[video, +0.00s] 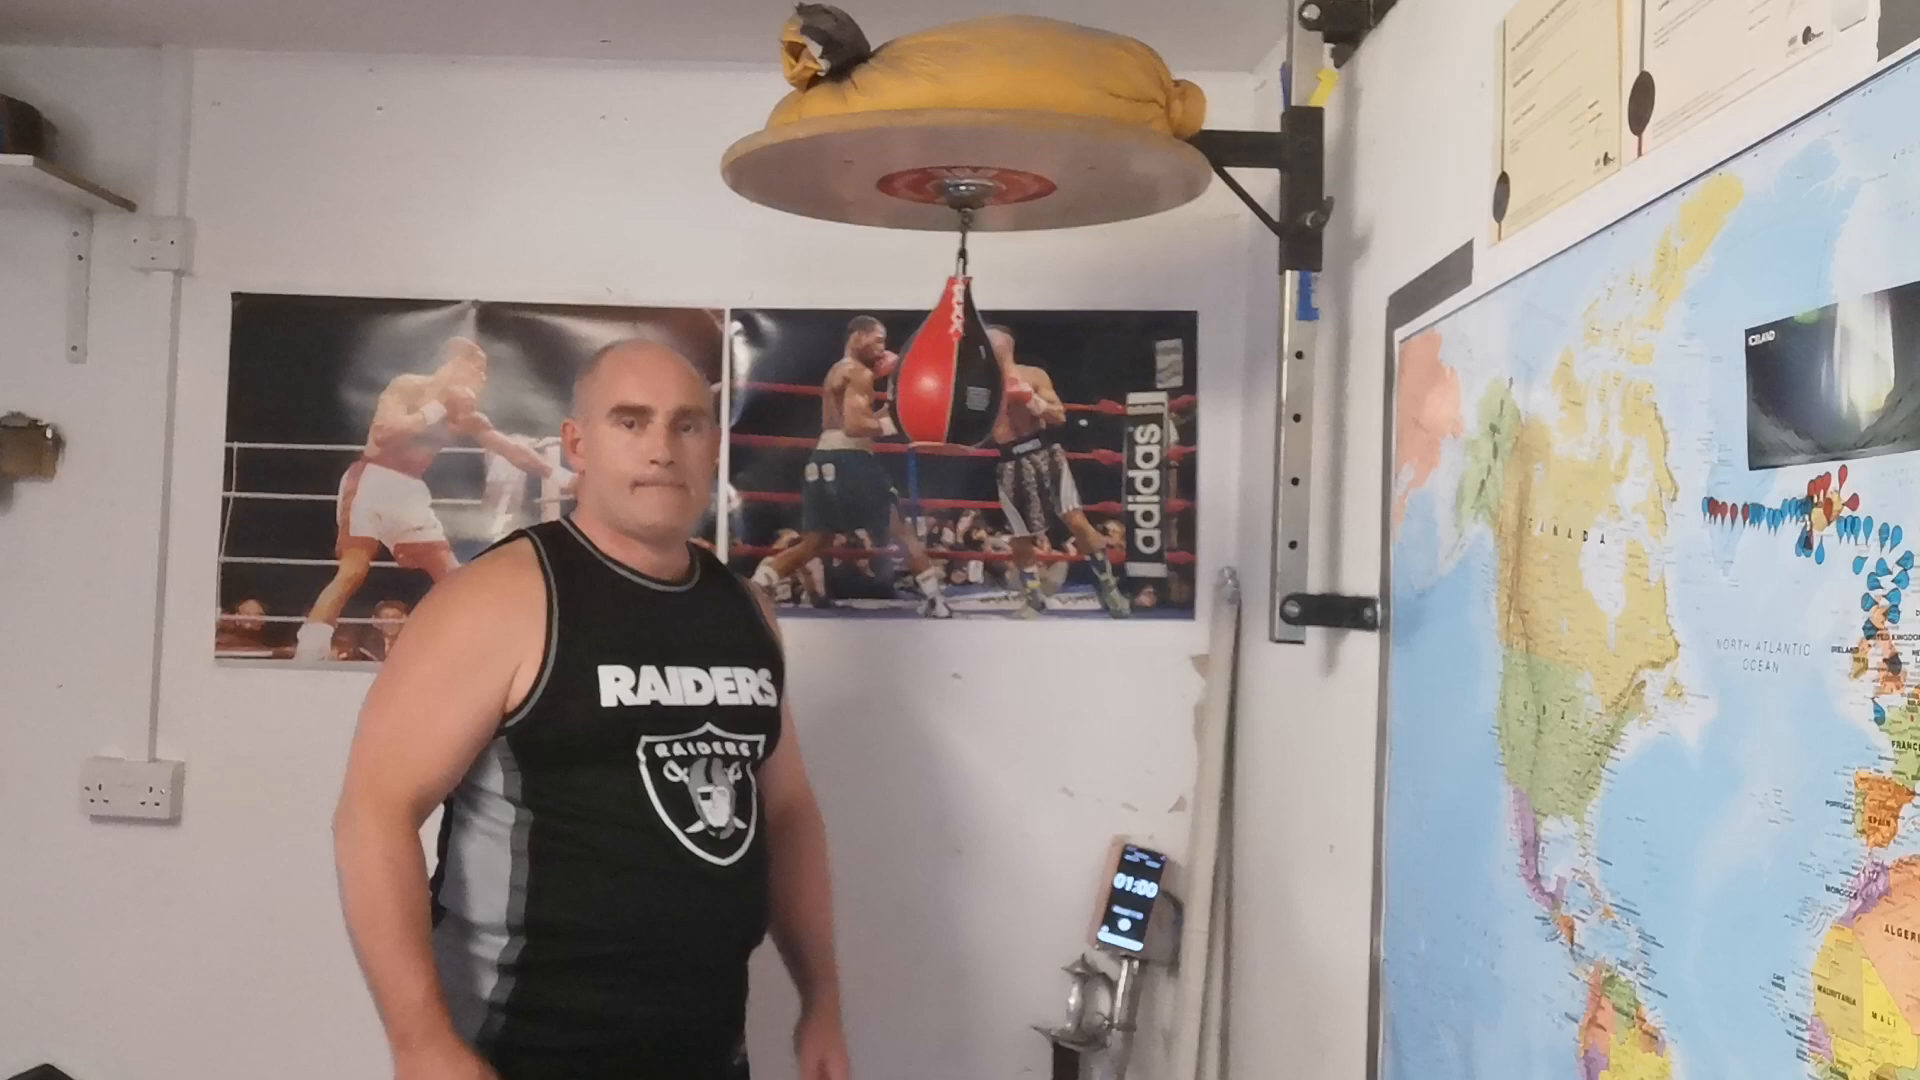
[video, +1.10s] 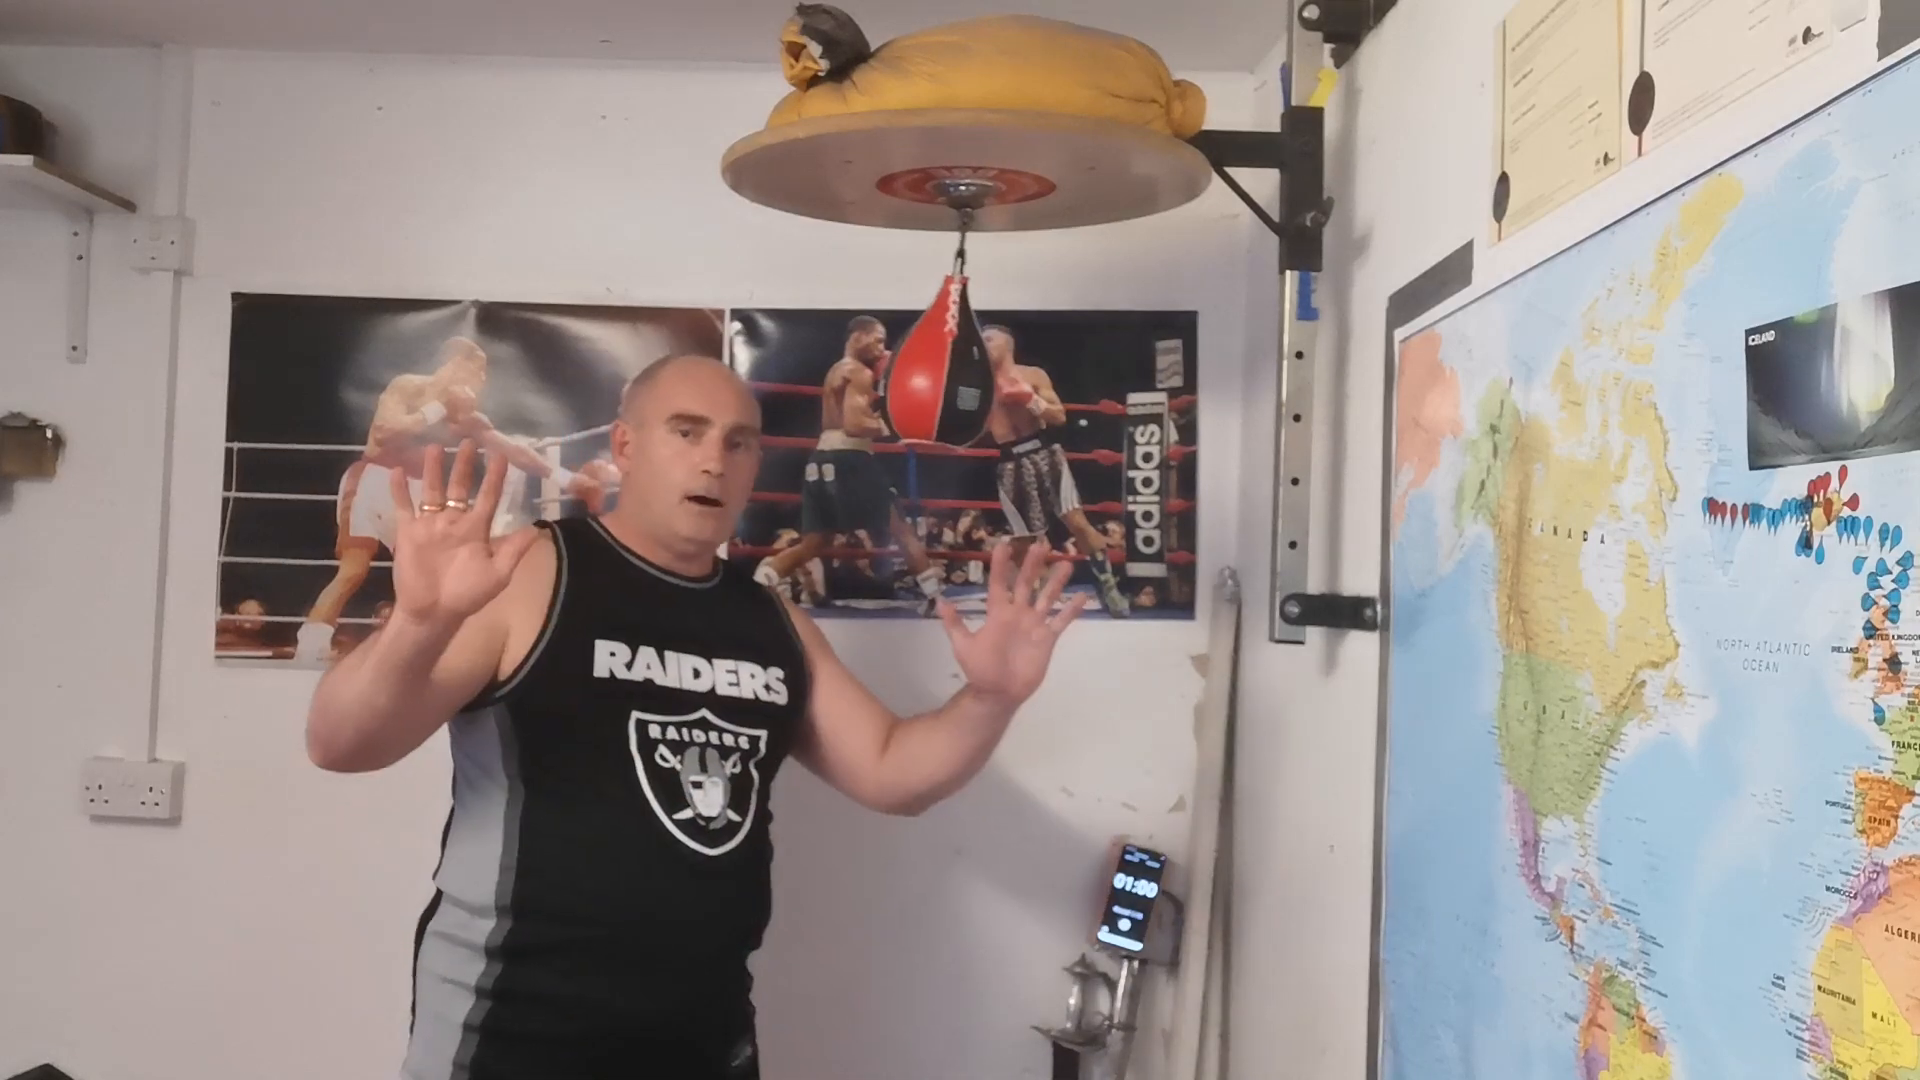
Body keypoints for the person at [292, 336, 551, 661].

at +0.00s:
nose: (481, 379)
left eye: (483, 372)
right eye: (476, 369)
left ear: (472, 376)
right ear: (453, 364)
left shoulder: (462, 409)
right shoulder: (406, 386)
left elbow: (505, 447)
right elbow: (381, 435)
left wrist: (551, 473)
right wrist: (430, 414)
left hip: (409, 493)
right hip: (369, 482)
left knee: (449, 574)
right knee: (352, 571)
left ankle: (470, 646)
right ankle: (308, 645)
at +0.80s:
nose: (478, 382)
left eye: (480, 375)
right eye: (474, 373)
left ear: (474, 377)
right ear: (453, 365)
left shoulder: (461, 408)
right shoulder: (404, 387)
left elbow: (510, 450)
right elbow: (382, 432)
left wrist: (564, 478)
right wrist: (432, 414)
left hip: (408, 491)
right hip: (370, 482)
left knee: (447, 576)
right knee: (353, 571)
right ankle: (306, 653)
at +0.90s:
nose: (474, 380)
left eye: (479, 373)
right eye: (469, 370)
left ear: (481, 377)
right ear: (450, 365)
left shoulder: (463, 412)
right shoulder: (406, 387)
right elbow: (385, 431)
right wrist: (438, 407)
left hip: (413, 488)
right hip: (373, 477)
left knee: (413, 572)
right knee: (352, 570)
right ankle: (311, 640)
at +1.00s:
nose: (472, 380)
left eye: (478, 373)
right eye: (466, 370)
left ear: (482, 380)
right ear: (448, 366)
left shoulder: (468, 417)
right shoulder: (407, 386)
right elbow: (384, 429)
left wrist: (482, 429)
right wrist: (436, 409)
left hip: (424, 486)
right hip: (378, 475)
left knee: (418, 573)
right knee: (353, 572)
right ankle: (309, 644)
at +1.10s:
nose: (472, 386)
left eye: (477, 379)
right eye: (468, 375)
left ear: (480, 382)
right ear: (449, 369)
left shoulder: (467, 419)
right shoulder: (406, 388)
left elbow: (513, 452)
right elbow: (387, 431)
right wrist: (439, 409)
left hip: (425, 491)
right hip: (378, 479)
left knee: (434, 576)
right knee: (353, 570)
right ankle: (309, 640)